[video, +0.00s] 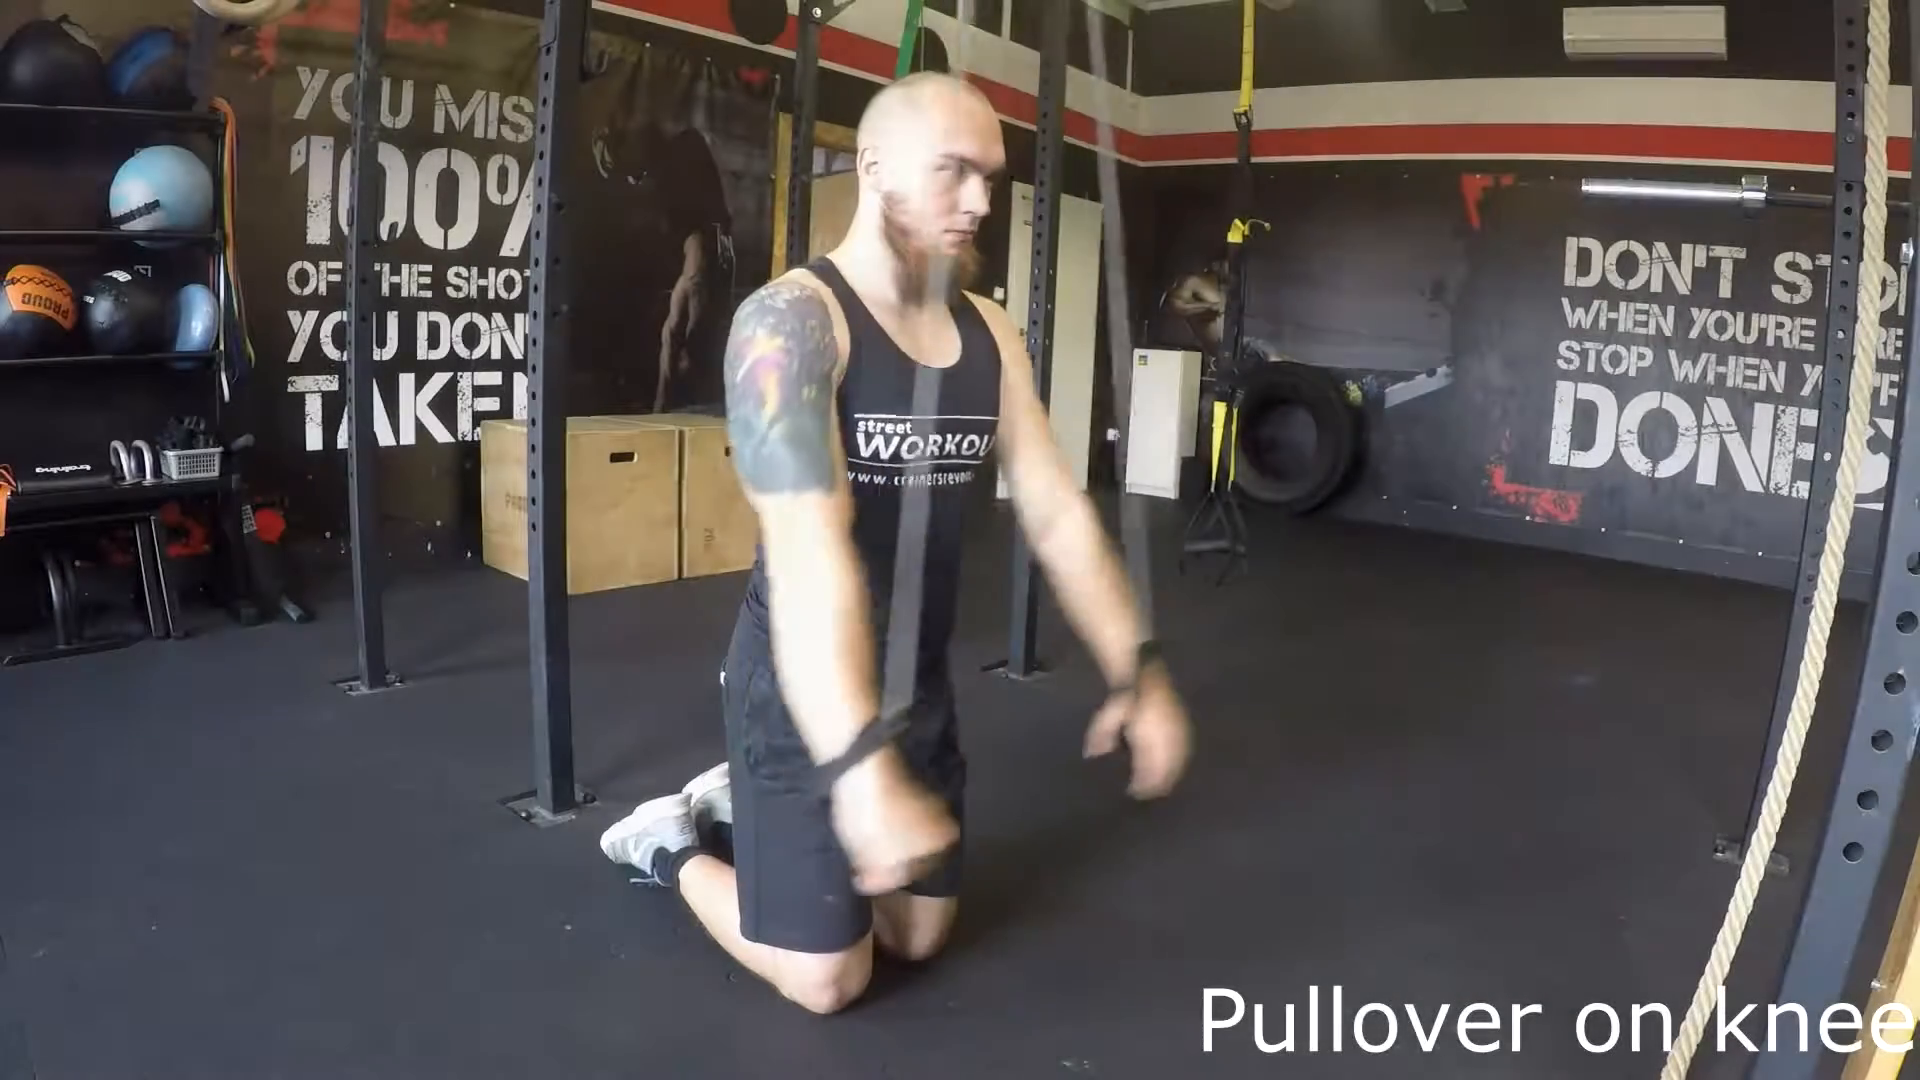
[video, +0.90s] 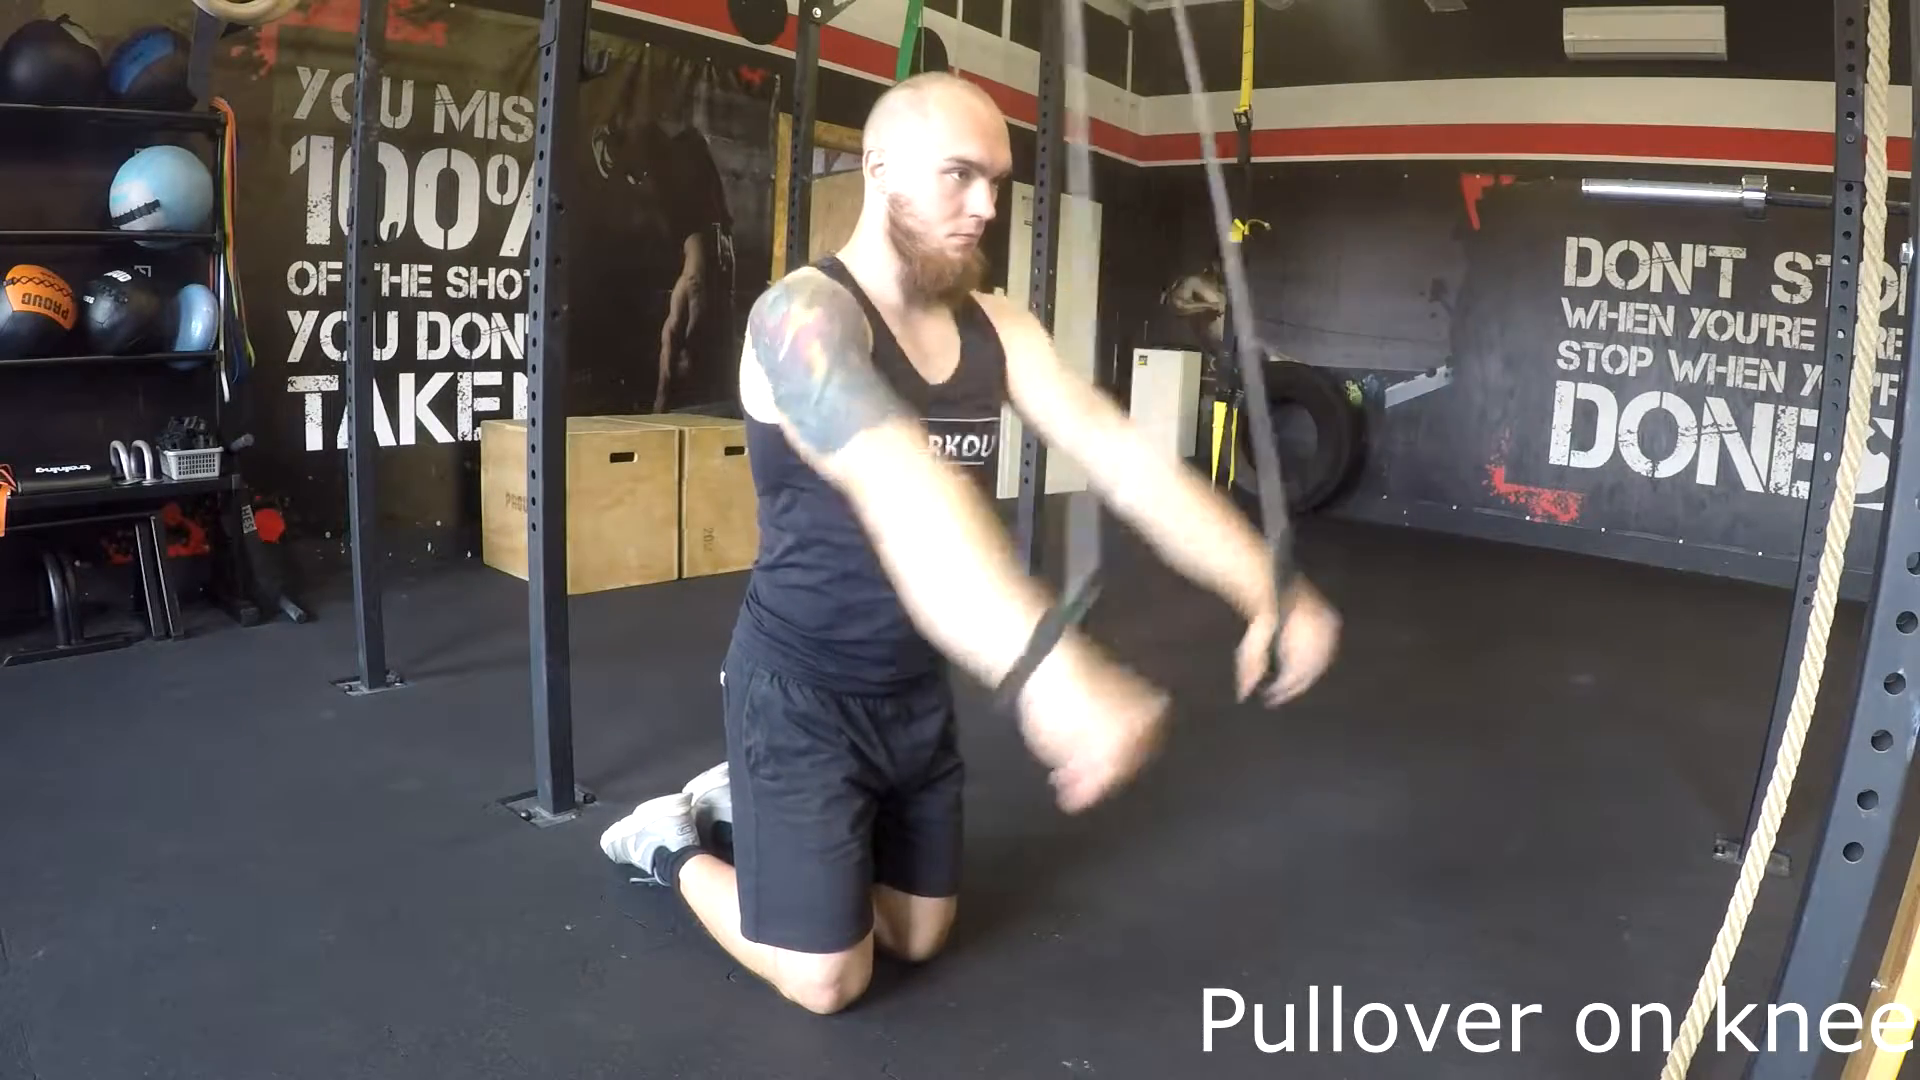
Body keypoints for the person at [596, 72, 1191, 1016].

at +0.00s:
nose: (979, 202)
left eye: (990, 178)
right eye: (955, 171)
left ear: (996, 185)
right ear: (876, 170)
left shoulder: (988, 332)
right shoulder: (789, 325)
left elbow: (1053, 505)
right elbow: (807, 561)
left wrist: (1137, 671)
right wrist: (862, 766)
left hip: (917, 680)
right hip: (801, 682)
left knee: (914, 933)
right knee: (822, 978)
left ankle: (751, 803)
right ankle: (671, 849)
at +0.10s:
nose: (972, 202)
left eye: (983, 178)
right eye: (948, 172)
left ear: (989, 185)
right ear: (871, 172)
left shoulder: (983, 322)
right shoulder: (791, 315)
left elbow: (1089, 477)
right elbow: (865, 523)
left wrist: (1211, 616)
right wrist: (979, 695)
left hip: (929, 676)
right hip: (804, 681)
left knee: (912, 934)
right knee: (823, 980)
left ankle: (745, 809)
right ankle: (673, 853)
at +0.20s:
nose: (969, 204)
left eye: (982, 182)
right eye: (945, 173)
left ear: (986, 188)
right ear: (865, 171)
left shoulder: (977, 311)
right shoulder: (788, 309)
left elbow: (1116, 418)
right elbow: (931, 444)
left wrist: (1286, 526)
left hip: (913, 684)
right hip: (797, 685)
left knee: (917, 931)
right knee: (823, 980)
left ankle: (747, 805)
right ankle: (680, 856)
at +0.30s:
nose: (965, 205)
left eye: (976, 181)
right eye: (938, 176)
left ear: (981, 184)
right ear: (859, 171)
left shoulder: (976, 307)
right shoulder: (785, 296)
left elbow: (1125, 348)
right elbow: (944, 335)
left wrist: (1328, 412)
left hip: (914, 684)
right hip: (797, 684)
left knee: (916, 931)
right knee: (821, 980)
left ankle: (750, 808)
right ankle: (675, 851)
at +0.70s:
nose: (979, 209)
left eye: (990, 184)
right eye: (952, 180)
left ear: (992, 188)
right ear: (869, 174)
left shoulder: (988, 304)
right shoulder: (797, 302)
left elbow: (1122, 346)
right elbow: (970, 366)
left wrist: (1320, 393)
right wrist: (1187, 391)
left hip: (913, 685)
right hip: (796, 685)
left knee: (916, 931)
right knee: (821, 978)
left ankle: (753, 807)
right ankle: (672, 851)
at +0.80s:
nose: (980, 209)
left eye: (994, 186)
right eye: (955, 179)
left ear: (998, 191)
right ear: (875, 173)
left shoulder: (989, 316)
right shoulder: (802, 308)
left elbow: (1146, 403)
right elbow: (961, 440)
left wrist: (1321, 495)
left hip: (914, 685)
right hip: (796, 686)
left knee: (916, 928)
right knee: (822, 982)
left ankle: (750, 810)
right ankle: (678, 852)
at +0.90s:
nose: (985, 207)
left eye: (998, 184)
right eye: (960, 176)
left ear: (1008, 189)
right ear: (880, 173)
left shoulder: (995, 323)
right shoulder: (803, 317)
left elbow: (1119, 453)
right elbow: (909, 500)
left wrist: (1266, 584)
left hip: (920, 684)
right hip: (800, 683)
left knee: (915, 933)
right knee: (824, 977)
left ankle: (740, 817)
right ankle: (674, 855)